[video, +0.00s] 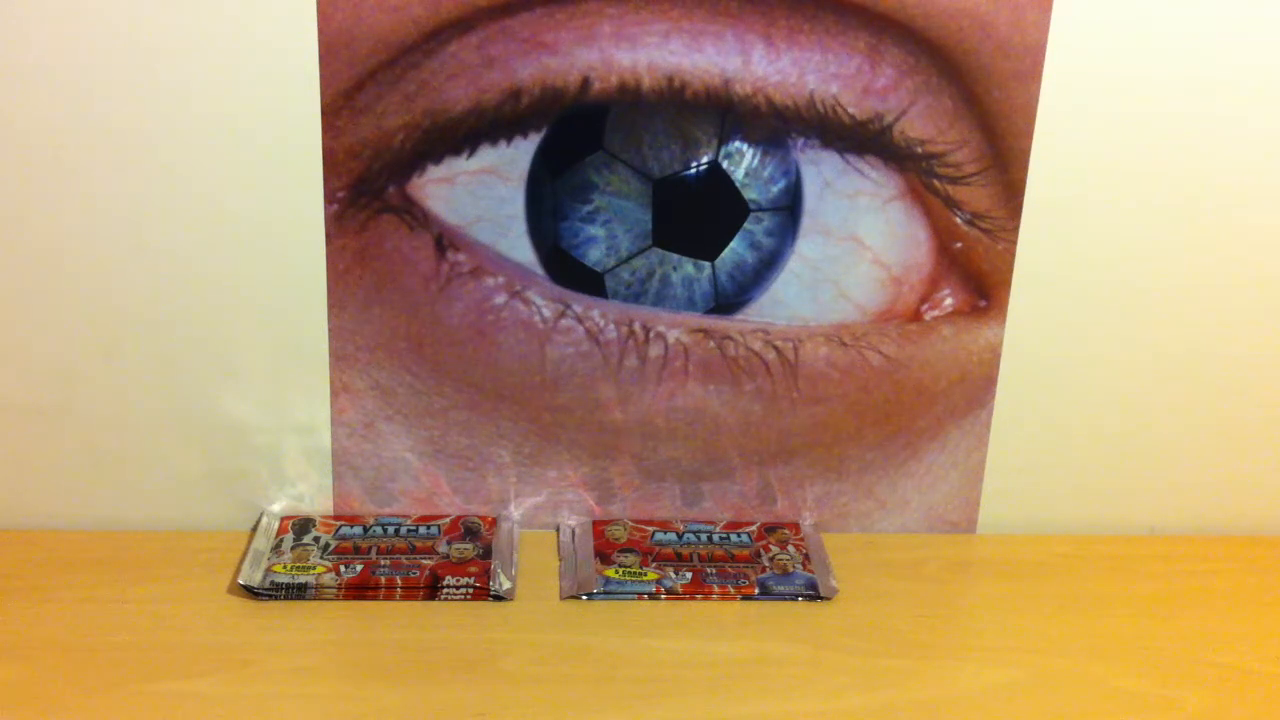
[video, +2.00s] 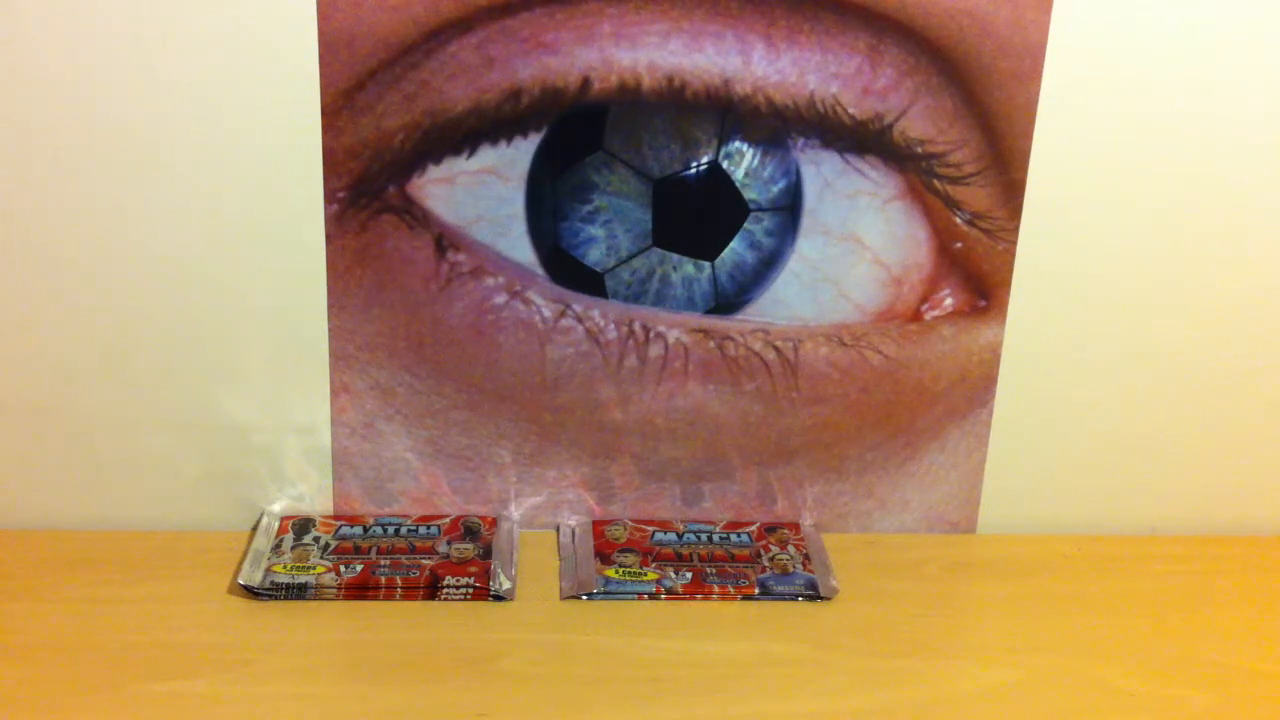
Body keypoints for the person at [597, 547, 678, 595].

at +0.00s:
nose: (621, 560)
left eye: (626, 557)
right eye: (619, 557)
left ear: (638, 558)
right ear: (616, 558)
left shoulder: (651, 573)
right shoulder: (610, 571)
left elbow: (675, 590)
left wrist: (668, 575)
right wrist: (597, 573)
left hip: (641, 606)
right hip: (612, 606)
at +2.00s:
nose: (621, 560)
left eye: (626, 557)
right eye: (619, 557)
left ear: (638, 558)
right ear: (615, 558)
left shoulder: (651, 573)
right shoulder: (609, 571)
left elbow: (673, 589)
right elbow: (596, 589)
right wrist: (596, 574)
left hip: (640, 606)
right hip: (612, 605)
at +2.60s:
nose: (621, 560)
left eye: (626, 557)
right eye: (619, 557)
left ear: (638, 558)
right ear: (616, 558)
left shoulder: (650, 573)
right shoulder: (610, 571)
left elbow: (665, 583)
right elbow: (597, 587)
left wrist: (673, 588)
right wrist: (597, 574)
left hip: (642, 604)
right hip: (614, 604)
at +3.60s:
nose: (621, 560)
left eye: (625, 557)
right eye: (619, 557)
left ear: (638, 558)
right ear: (616, 559)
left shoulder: (651, 573)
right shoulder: (610, 572)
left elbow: (667, 584)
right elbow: (597, 587)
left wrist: (673, 588)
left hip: (642, 606)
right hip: (613, 606)